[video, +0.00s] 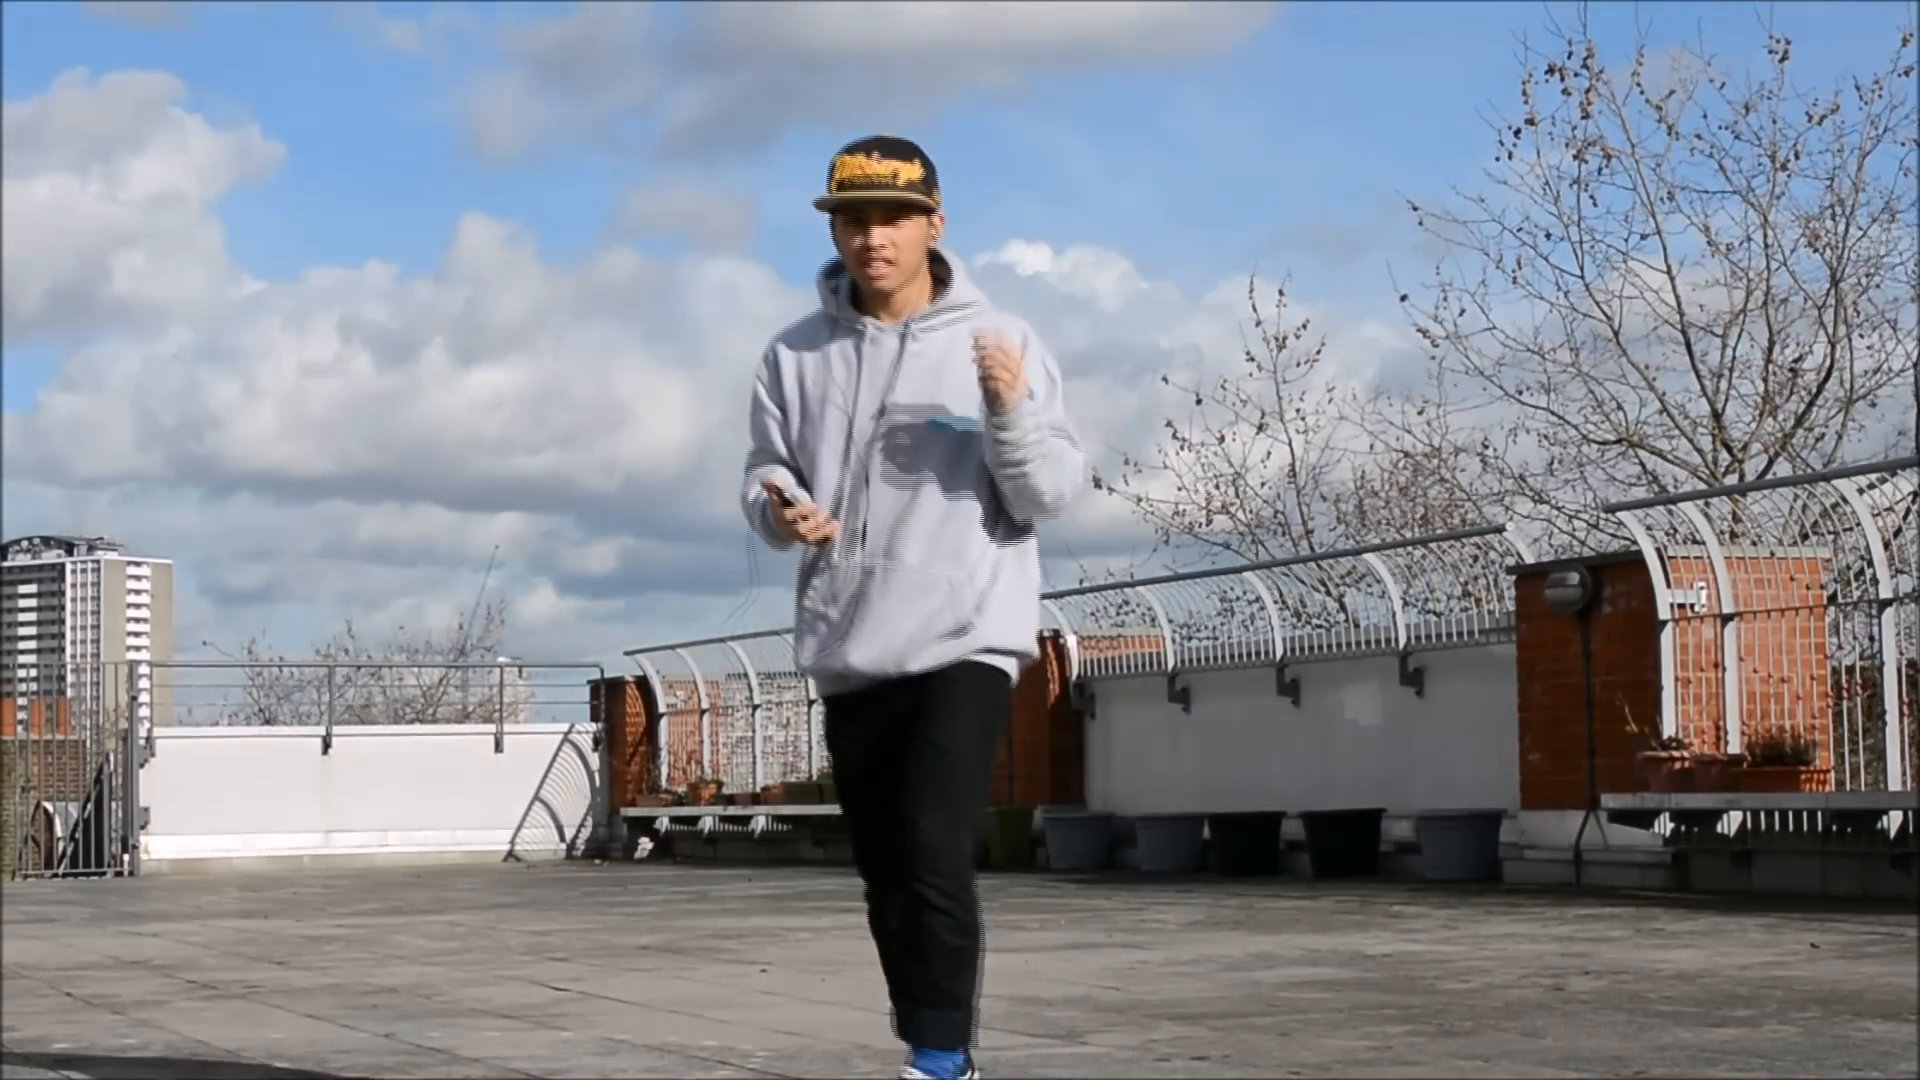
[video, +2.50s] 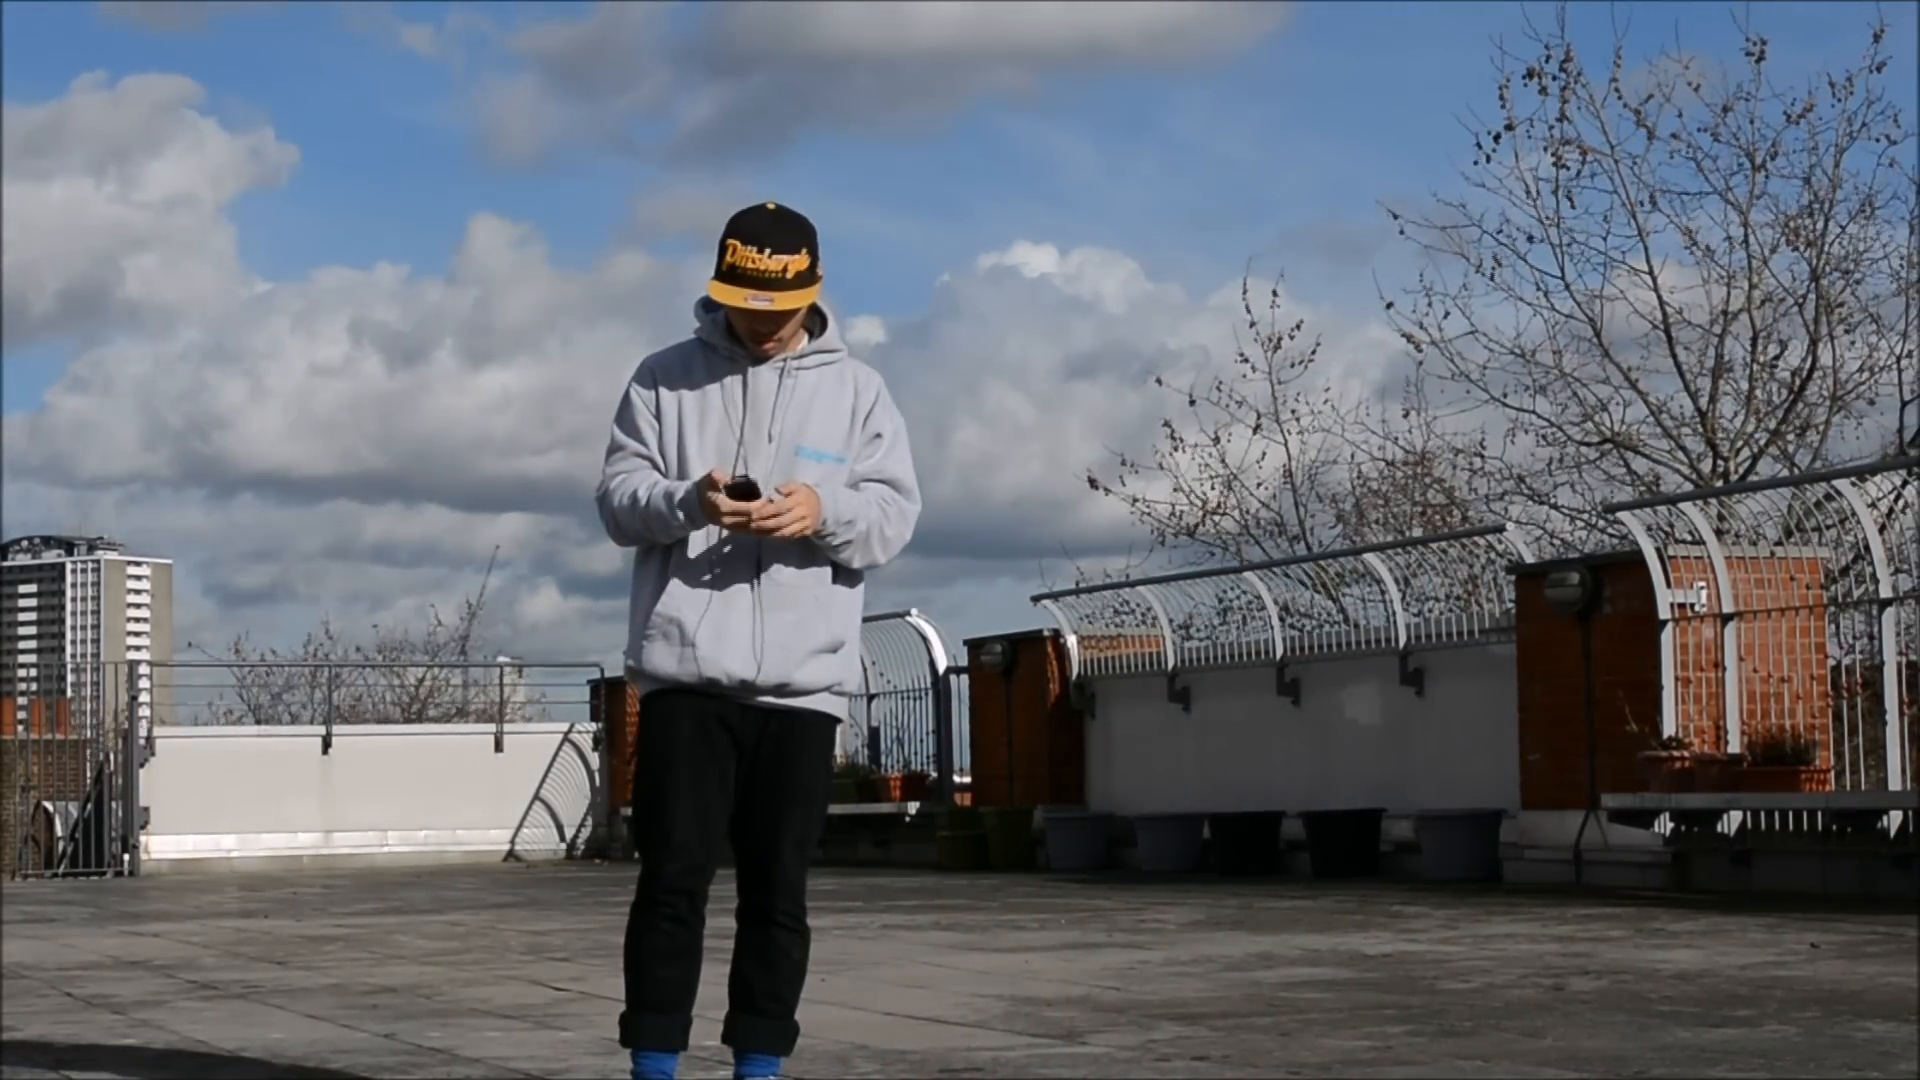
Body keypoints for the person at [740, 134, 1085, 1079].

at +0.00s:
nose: (870, 240)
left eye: (891, 219)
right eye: (852, 221)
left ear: (933, 226)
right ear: (833, 232)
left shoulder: (1002, 340)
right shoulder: (795, 356)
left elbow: (1051, 501)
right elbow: (764, 480)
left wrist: (1011, 404)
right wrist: (785, 509)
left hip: (965, 635)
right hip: (852, 643)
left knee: (935, 849)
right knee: (884, 860)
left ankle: (941, 1060)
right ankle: (929, 1051)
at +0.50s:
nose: (799, 246)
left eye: (820, 226)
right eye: (785, 229)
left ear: (871, 228)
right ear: (774, 238)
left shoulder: (937, 335)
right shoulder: (750, 354)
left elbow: (927, 440)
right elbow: (713, 477)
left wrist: (893, 296)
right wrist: (713, 500)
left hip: (891, 660)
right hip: (771, 657)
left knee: (890, 881)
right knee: (718, 858)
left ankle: (908, 1069)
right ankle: (721, 1055)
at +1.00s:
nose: (665, 300)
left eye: (682, 279)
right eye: (647, 283)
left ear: (730, 257)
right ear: (628, 272)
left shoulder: (793, 350)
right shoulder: (600, 371)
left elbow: (831, 457)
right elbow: (551, 510)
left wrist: (765, 328)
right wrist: (596, 486)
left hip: (780, 662)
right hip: (654, 667)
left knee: (813, 878)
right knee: (665, 884)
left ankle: (846, 1062)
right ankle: (672, 1068)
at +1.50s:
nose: (696, 329)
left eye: (712, 311)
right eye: (677, 314)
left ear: (751, 285)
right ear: (652, 291)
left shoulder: (797, 370)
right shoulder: (616, 378)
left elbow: (857, 479)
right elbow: (575, 517)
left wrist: (791, 357)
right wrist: (635, 497)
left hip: (779, 675)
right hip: (662, 676)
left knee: (771, 882)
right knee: (674, 881)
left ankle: (764, 1062)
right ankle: (672, 1064)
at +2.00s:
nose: (750, 325)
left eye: (767, 309)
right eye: (733, 310)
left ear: (800, 290)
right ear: (708, 294)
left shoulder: (852, 384)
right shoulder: (659, 383)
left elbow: (891, 508)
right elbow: (619, 510)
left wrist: (842, 504)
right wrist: (686, 502)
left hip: (806, 677)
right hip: (688, 673)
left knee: (782, 883)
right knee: (677, 874)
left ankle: (762, 1063)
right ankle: (658, 1061)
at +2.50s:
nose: (760, 320)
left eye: (779, 306)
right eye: (744, 303)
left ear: (812, 290)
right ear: (719, 287)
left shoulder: (858, 387)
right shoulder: (663, 379)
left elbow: (892, 512)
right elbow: (619, 498)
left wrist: (825, 510)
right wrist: (689, 502)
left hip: (802, 679)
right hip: (684, 674)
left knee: (779, 884)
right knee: (672, 876)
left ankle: (760, 1062)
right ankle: (653, 1061)